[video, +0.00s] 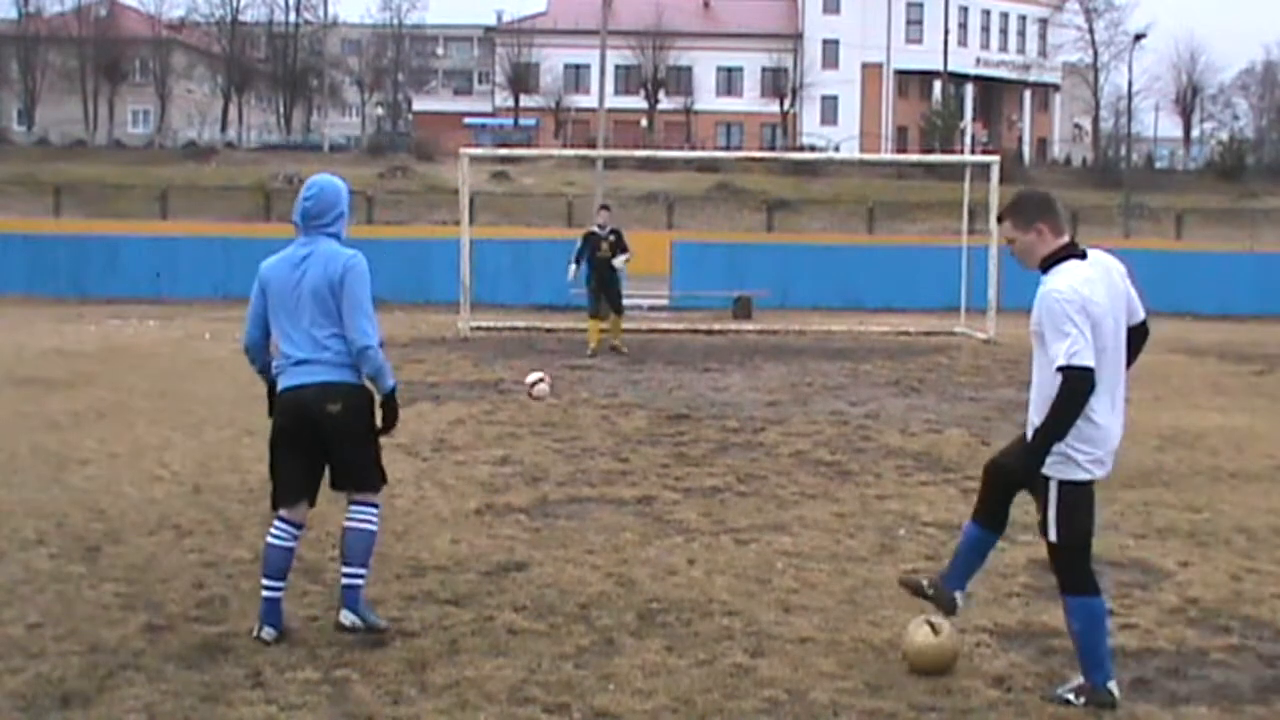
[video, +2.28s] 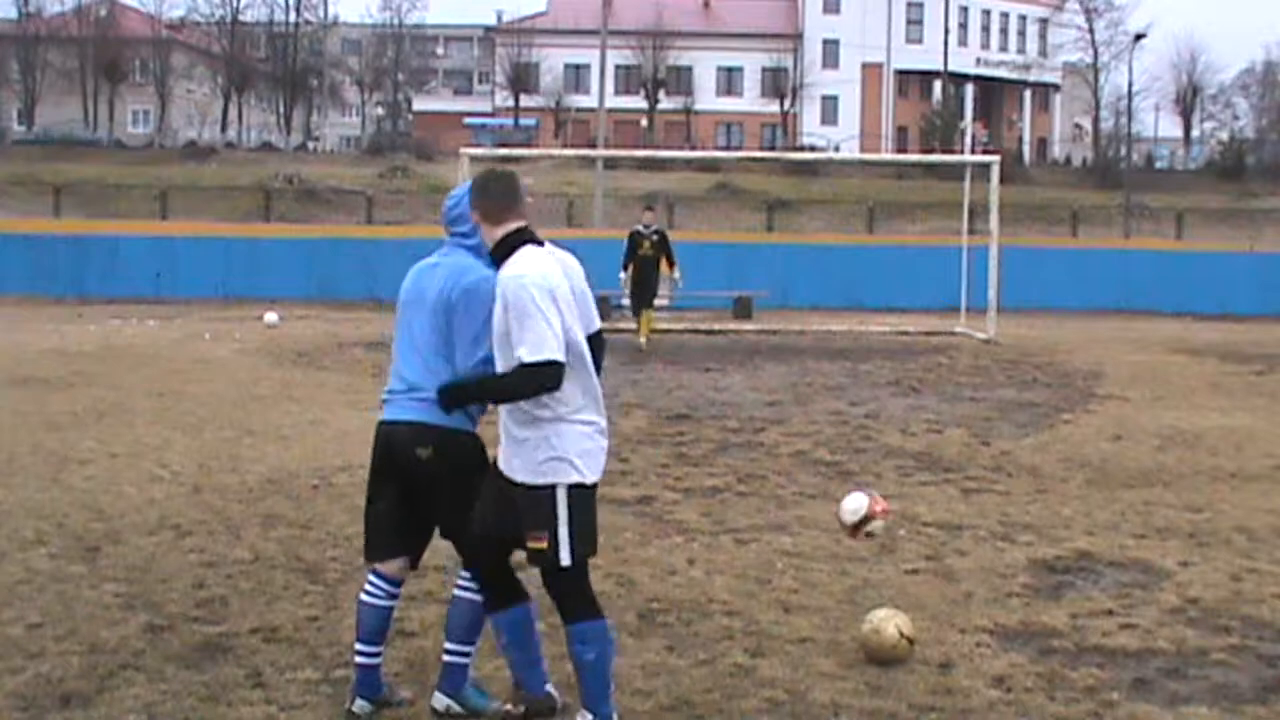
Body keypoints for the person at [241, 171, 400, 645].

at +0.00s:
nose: (349, 219)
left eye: (343, 211)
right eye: (347, 212)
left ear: (300, 213)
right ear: (341, 215)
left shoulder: (271, 266)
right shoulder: (350, 263)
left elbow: (254, 340)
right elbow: (362, 342)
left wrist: (272, 376)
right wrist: (388, 387)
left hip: (291, 400)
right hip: (344, 398)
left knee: (291, 506)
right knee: (364, 494)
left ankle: (270, 616)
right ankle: (352, 605)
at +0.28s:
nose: (379, 228)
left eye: (370, 219)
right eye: (378, 221)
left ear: (330, 222)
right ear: (374, 225)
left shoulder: (300, 275)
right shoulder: (384, 280)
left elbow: (283, 353)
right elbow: (411, 355)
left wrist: (311, 385)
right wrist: (456, 395)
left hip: (311, 418)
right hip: (363, 419)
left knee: (302, 519)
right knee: (392, 523)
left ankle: (271, 621)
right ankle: (392, 637)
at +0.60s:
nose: (431, 215)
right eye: (430, 207)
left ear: (382, 206)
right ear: (428, 210)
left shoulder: (351, 264)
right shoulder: (443, 265)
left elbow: (326, 342)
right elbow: (468, 339)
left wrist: (318, 399)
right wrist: (493, 384)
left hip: (363, 407)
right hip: (414, 412)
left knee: (373, 514)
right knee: (410, 528)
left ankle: (350, 627)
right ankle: (395, 643)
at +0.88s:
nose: (451, 231)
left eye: (451, 224)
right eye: (449, 224)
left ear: (400, 218)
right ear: (440, 224)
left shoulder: (361, 277)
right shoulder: (443, 278)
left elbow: (337, 355)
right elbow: (466, 360)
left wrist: (319, 413)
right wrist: (495, 414)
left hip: (385, 430)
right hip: (440, 427)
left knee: (415, 530)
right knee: (490, 517)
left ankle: (416, 646)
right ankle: (446, 608)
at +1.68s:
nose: (525, 239)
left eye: (525, 230)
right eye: (524, 230)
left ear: (472, 220)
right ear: (511, 230)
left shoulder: (420, 270)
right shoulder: (504, 286)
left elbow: (386, 354)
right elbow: (505, 380)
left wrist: (402, 406)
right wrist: (529, 434)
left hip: (404, 429)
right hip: (463, 436)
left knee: (424, 542)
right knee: (473, 556)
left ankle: (406, 658)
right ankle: (459, 680)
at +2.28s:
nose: (500, 233)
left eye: (497, 222)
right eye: (496, 225)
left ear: (451, 222)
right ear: (483, 225)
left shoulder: (418, 272)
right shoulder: (478, 280)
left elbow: (414, 350)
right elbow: (475, 366)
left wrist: (468, 386)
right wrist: (494, 393)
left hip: (393, 429)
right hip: (446, 436)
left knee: (390, 559)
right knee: (484, 555)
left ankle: (366, 684)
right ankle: (454, 682)